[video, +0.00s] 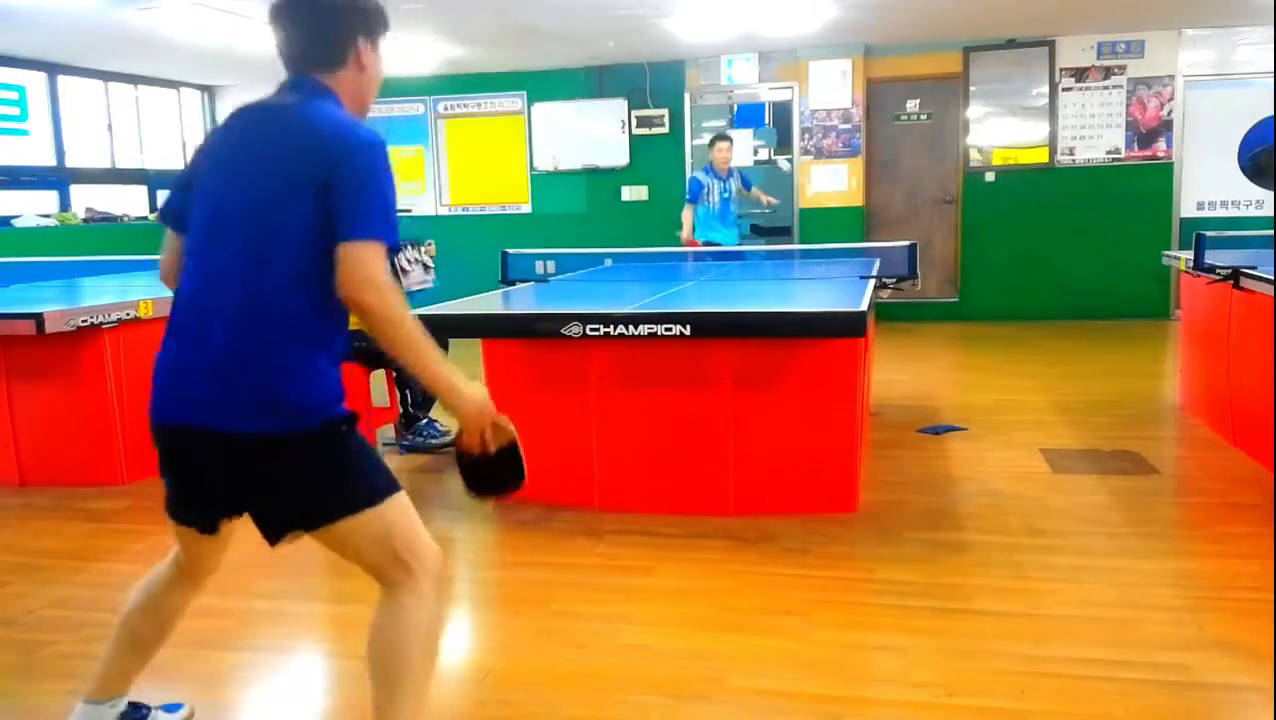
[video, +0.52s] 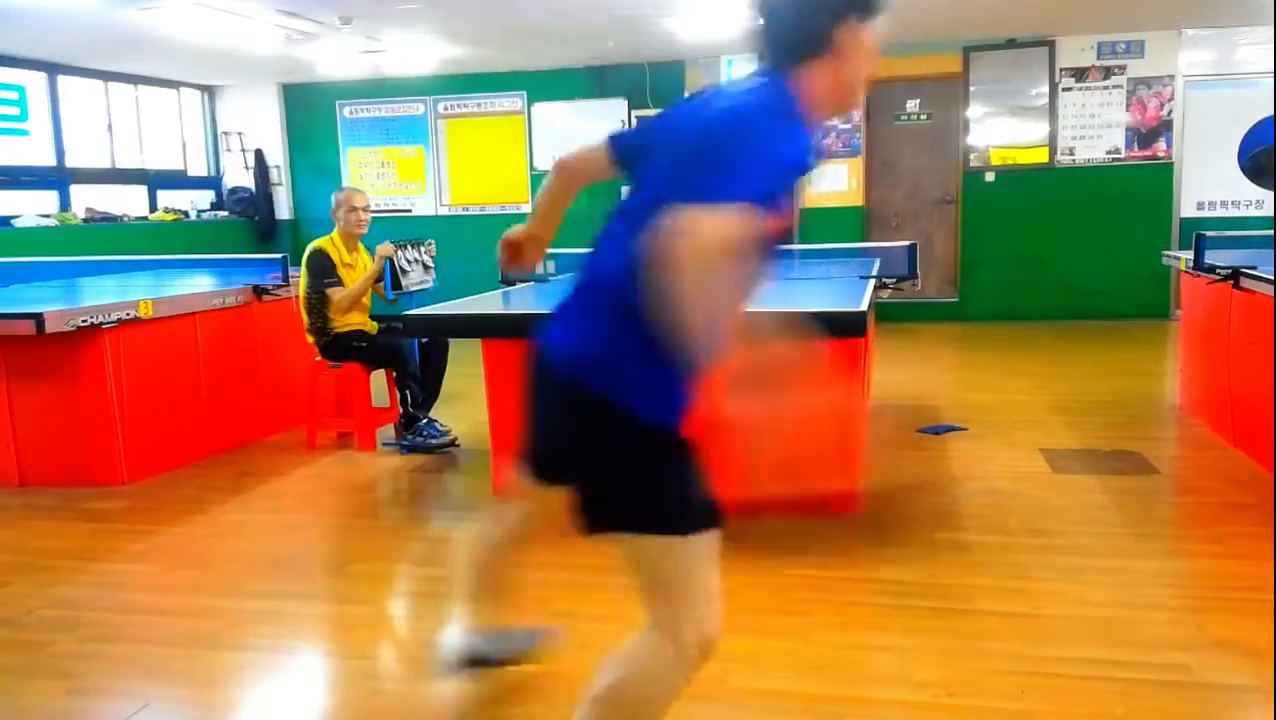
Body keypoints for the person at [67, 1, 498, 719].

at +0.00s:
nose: (380, 72)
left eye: (380, 54)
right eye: (380, 54)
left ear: (293, 49)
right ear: (361, 51)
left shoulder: (228, 132)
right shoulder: (351, 144)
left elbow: (175, 264)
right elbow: (363, 282)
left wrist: (282, 304)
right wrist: (458, 392)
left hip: (186, 407)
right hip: (285, 414)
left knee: (192, 556)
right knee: (414, 569)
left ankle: (98, 704)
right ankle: (399, 712)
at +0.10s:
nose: (401, 91)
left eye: (398, 76)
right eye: (396, 76)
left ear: (310, 83)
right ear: (368, 80)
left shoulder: (261, 160)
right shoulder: (352, 172)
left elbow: (263, 309)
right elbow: (321, 314)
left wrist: (369, 369)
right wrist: (406, 445)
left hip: (197, 436)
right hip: (285, 446)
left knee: (210, 568)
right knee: (442, 567)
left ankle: (100, 705)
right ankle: (445, 711)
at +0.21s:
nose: (487, 98)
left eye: (484, 81)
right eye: (481, 79)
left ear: (428, 81)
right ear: (450, 82)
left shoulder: (400, 163)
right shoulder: (387, 165)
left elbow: (427, 279)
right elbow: (288, 289)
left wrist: (550, 288)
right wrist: (274, 451)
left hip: (304, 441)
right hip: (365, 445)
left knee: (213, 590)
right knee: (537, 552)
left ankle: (99, 706)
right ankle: (525, 709)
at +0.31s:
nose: (603, 87)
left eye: (598, 70)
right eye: (596, 69)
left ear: (538, 82)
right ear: (566, 80)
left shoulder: (518, 172)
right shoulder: (469, 180)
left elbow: (556, 226)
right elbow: (323, 264)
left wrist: (650, 235)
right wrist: (230, 398)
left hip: (377, 436)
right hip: (421, 446)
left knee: (298, 568)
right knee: (599, 577)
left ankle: (159, 681)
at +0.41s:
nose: (744, 100)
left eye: (739, 82)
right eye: (733, 82)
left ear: (685, 87)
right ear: (697, 89)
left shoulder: (655, 179)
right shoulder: (601, 166)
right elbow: (450, 240)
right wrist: (362, 362)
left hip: (482, 420)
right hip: (504, 431)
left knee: (391, 539)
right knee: (655, 615)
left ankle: (268, 635)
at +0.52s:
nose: (872, 61)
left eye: (870, 43)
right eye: (867, 41)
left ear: (789, 42)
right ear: (835, 44)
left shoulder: (718, 105)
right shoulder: (775, 135)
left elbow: (575, 165)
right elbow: (687, 240)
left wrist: (534, 231)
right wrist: (710, 344)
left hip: (565, 361)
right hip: (628, 394)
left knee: (536, 500)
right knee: (687, 632)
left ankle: (471, 630)